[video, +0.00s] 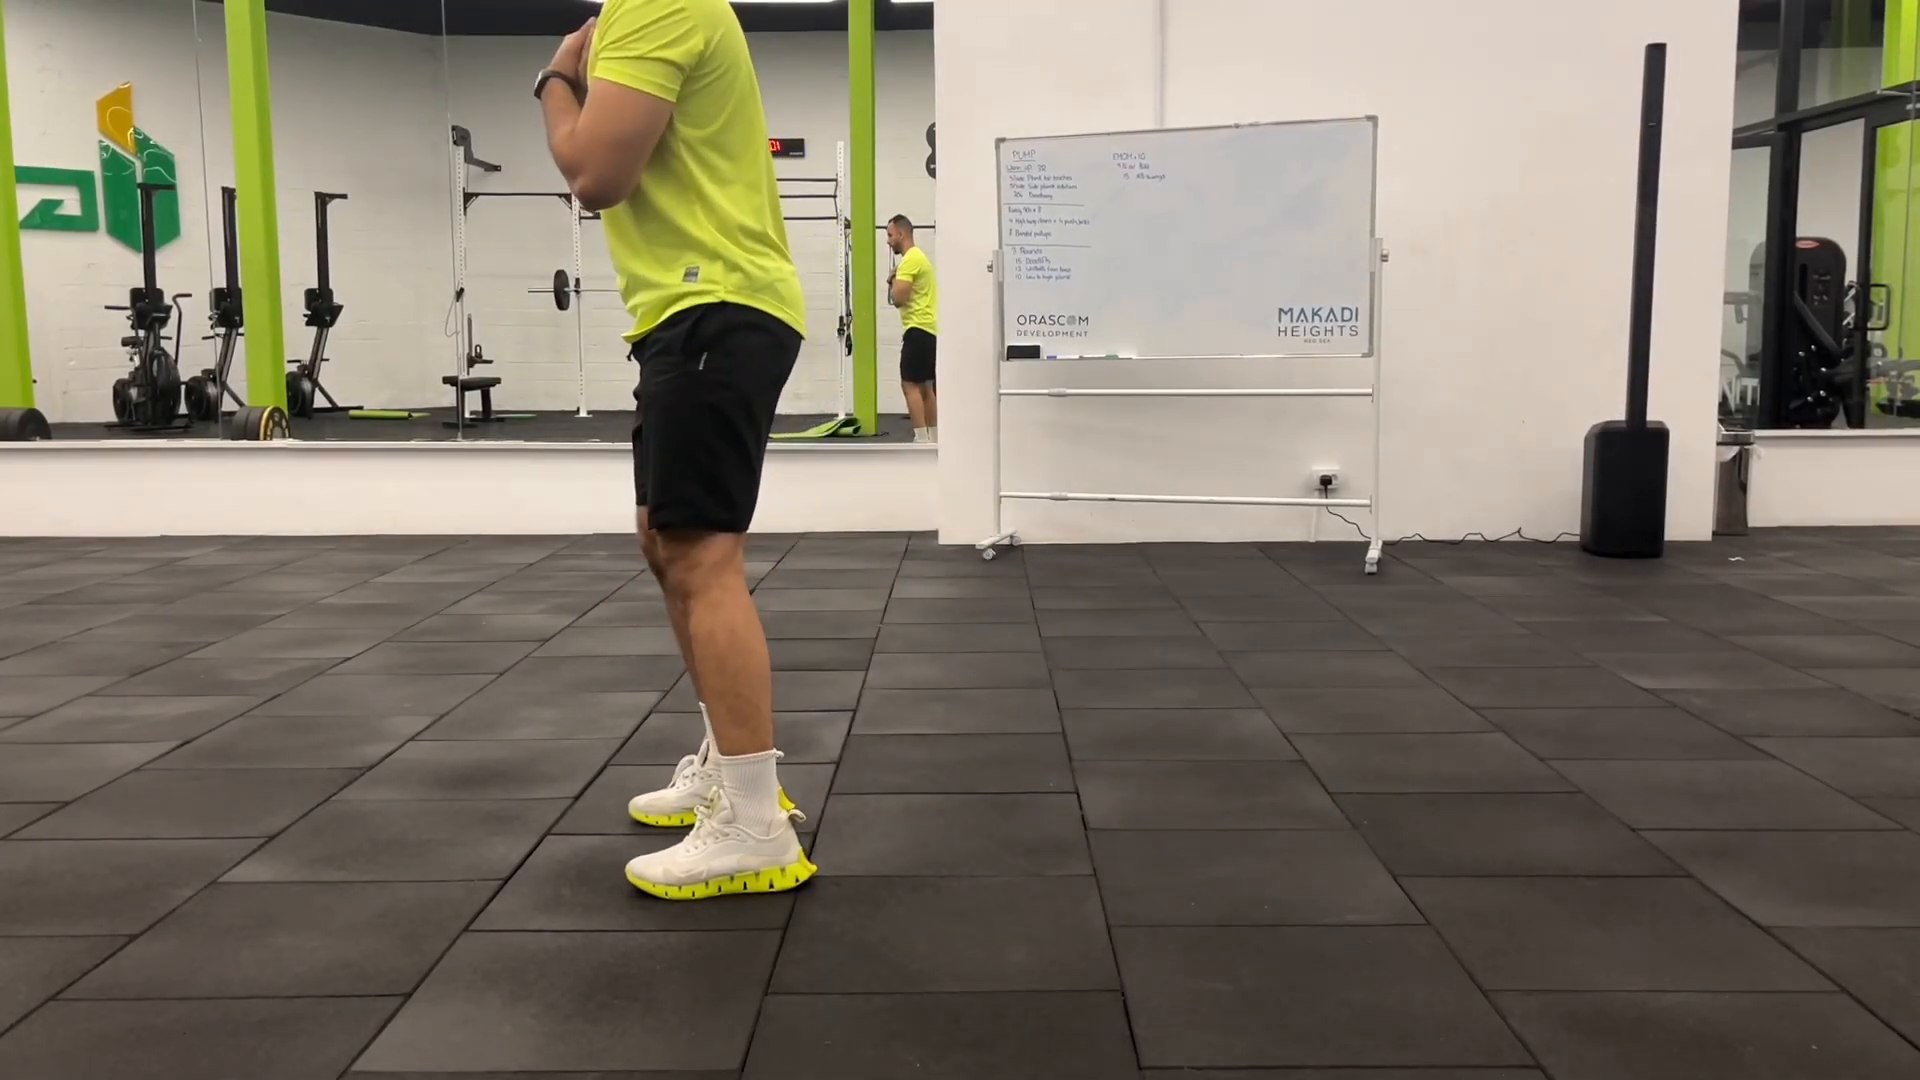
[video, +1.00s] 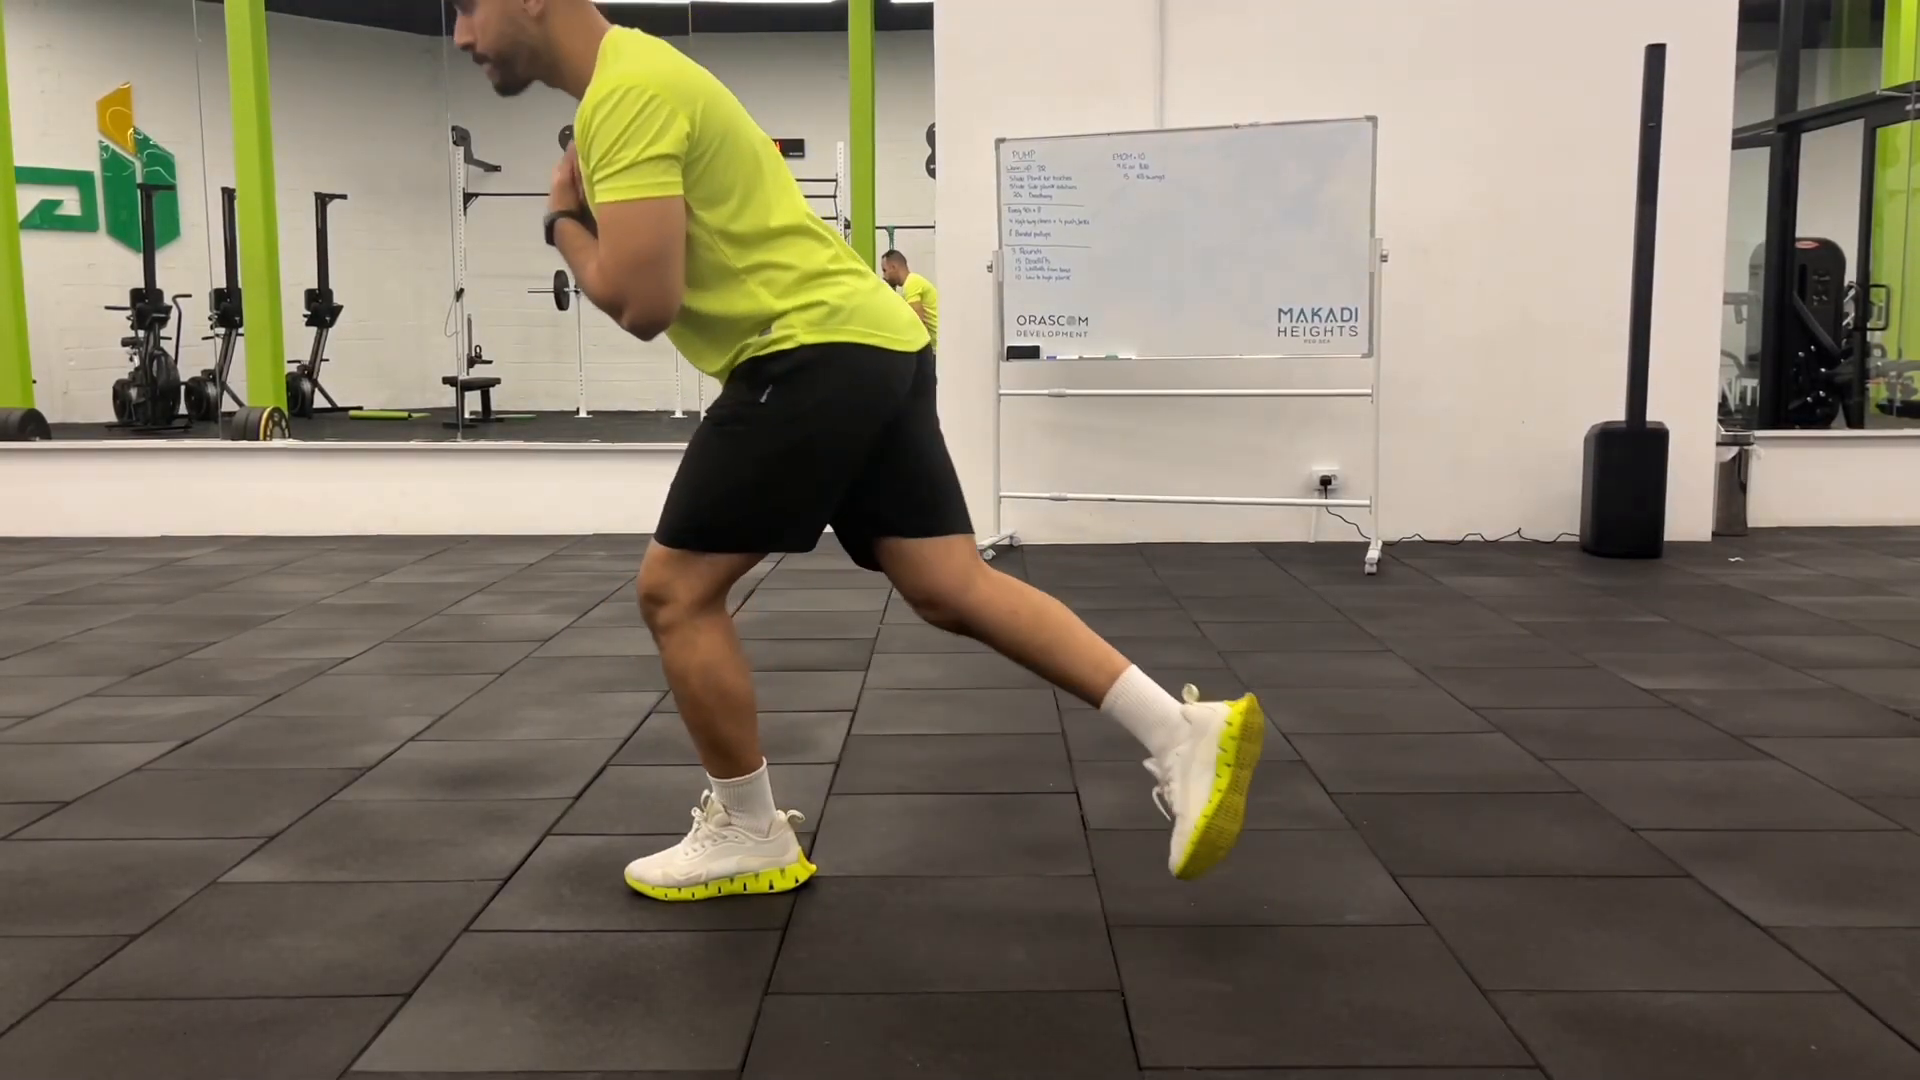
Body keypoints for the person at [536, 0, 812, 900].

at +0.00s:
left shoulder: (663, 9)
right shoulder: (633, 18)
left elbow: (595, 174)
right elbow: (604, 167)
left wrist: (557, 85)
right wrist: (576, 89)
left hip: (720, 305)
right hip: (685, 308)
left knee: (702, 555)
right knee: (667, 540)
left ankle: (757, 824)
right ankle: (730, 758)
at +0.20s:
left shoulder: (665, 8)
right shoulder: (638, 16)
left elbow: (602, 175)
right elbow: (614, 165)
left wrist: (559, 85)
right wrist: (579, 87)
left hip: (727, 309)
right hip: (706, 309)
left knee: (698, 565)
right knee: (693, 558)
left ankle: (755, 825)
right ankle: (732, 763)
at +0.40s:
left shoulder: (641, 6)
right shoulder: (647, 12)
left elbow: (599, 195)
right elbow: (597, 186)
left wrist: (552, 105)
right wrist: (571, 114)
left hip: (742, 307)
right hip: (764, 305)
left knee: (700, 571)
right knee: (732, 561)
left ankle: (753, 825)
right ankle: (736, 765)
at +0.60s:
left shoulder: (625, 11)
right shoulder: (648, 15)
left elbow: (604, 215)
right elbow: (617, 201)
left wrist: (544, 126)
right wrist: (568, 124)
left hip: (759, 311)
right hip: (808, 304)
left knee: (706, 573)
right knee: (773, 551)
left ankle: (750, 828)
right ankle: (898, 745)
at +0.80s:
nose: (480, 5)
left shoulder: (616, 35)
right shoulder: (634, 31)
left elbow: (619, 244)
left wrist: (542, 158)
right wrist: (577, 143)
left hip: (775, 322)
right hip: (835, 313)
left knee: (697, 585)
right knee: (864, 561)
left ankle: (750, 829)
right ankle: (1072, 714)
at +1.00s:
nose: (460, 36)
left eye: (467, 9)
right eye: (455, 17)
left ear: (530, 1)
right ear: (543, 8)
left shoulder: (632, 89)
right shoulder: (641, 79)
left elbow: (641, 302)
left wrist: (561, 223)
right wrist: (590, 223)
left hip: (807, 357)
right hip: (877, 342)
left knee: (678, 592)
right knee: (950, 583)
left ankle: (747, 830)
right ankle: (1181, 730)